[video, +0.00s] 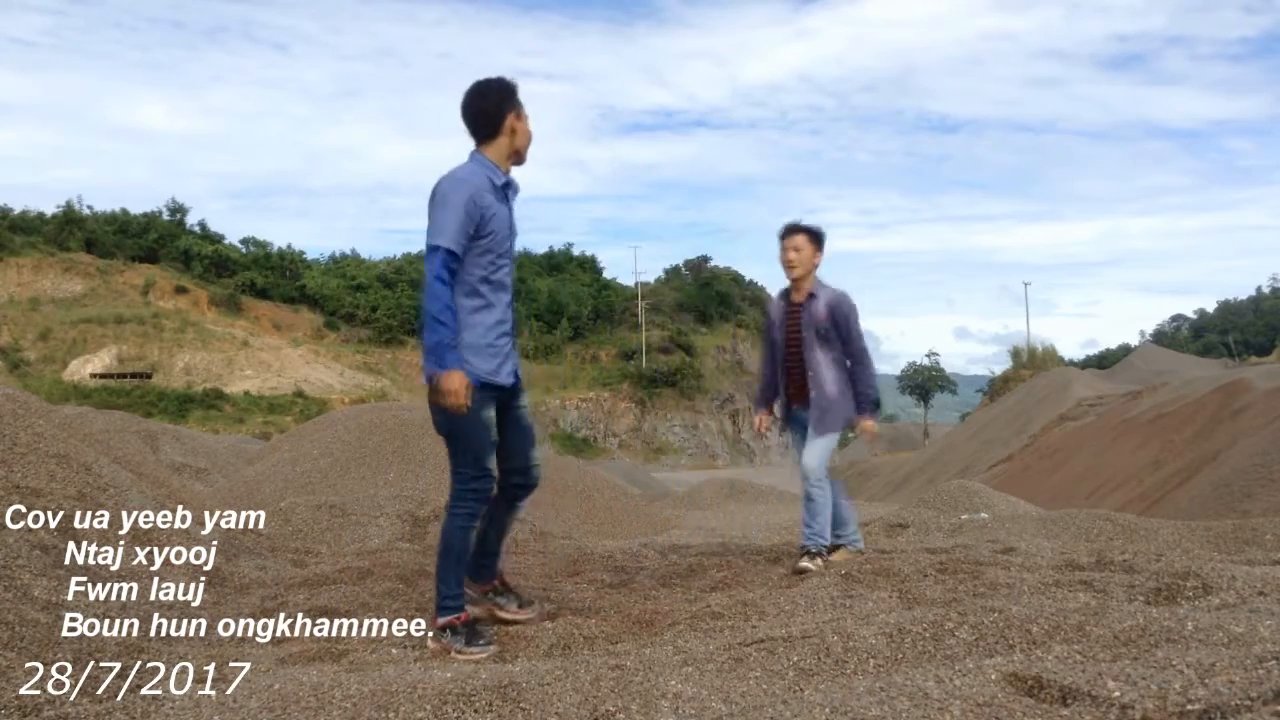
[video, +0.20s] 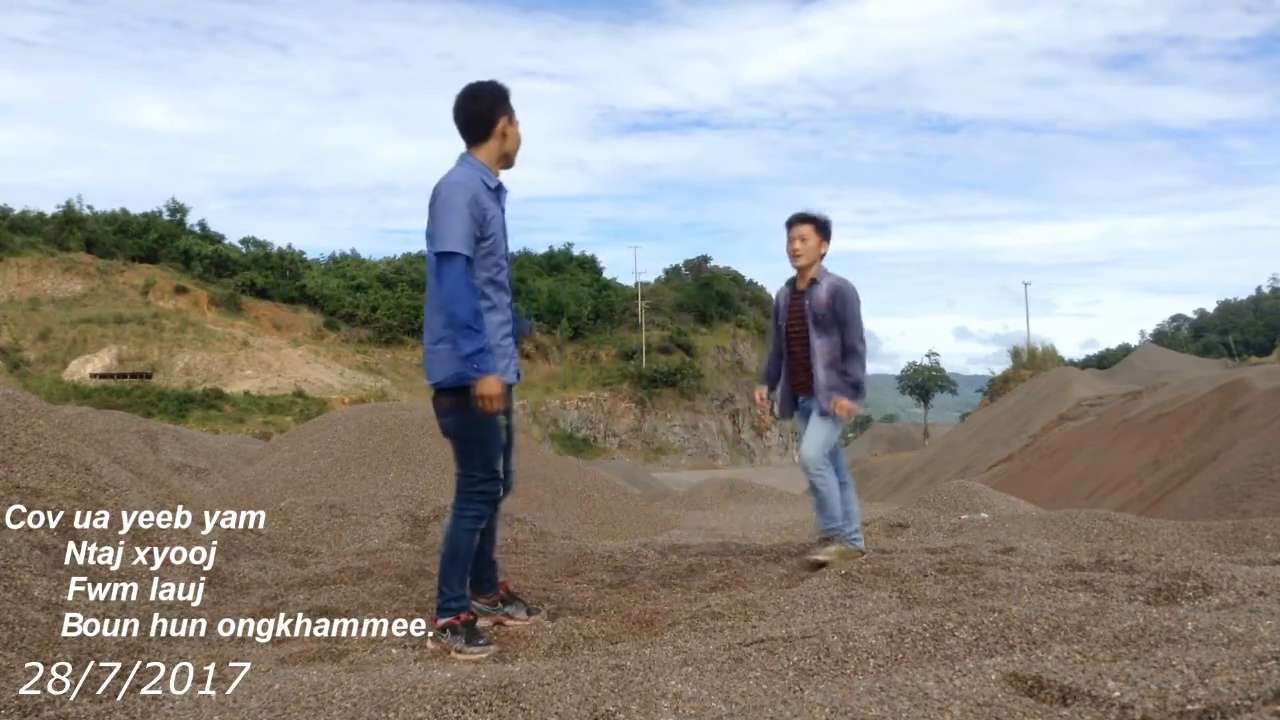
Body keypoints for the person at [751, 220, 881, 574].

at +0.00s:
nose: (788, 258)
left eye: (796, 251)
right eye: (784, 251)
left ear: (817, 257)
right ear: (780, 256)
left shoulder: (836, 302)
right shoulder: (777, 305)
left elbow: (858, 356)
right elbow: (771, 358)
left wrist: (866, 409)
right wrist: (764, 403)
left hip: (830, 405)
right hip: (794, 407)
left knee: (812, 466)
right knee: (817, 473)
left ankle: (814, 547)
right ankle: (849, 539)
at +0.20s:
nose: (794, 247)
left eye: (803, 240)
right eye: (791, 241)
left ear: (823, 246)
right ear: (786, 247)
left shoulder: (840, 290)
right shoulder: (784, 295)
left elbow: (855, 346)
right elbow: (778, 347)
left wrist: (850, 392)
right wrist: (766, 382)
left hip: (833, 395)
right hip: (801, 398)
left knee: (811, 455)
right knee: (835, 468)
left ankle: (833, 535)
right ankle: (851, 538)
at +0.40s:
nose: (796, 244)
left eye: (804, 238)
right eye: (792, 238)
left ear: (824, 244)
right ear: (788, 245)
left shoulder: (838, 290)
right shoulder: (788, 296)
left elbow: (842, 349)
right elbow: (780, 352)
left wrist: (829, 395)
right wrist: (768, 402)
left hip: (830, 396)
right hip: (803, 399)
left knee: (830, 470)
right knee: (824, 472)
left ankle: (857, 542)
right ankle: (844, 538)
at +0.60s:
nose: (795, 235)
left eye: (804, 228)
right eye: (791, 229)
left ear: (823, 236)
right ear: (787, 235)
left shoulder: (836, 281)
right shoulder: (790, 286)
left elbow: (840, 342)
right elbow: (790, 347)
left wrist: (824, 389)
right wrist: (781, 399)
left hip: (829, 391)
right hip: (796, 392)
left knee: (835, 467)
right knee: (802, 470)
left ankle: (856, 541)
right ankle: (833, 532)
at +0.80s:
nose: (784, 236)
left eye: (793, 229)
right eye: (780, 229)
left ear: (813, 236)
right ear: (777, 236)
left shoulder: (825, 282)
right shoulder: (784, 284)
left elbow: (833, 342)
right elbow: (791, 343)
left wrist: (825, 396)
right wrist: (787, 392)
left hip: (826, 392)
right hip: (793, 391)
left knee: (837, 466)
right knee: (769, 454)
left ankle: (854, 540)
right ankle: (804, 528)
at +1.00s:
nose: (741, 236)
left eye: (749, 229)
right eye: (737, 228)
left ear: (767, 234)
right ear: (733, 233)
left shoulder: (784, 282)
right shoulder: (735, 285)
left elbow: (794, 340)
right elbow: (738, 343)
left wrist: (795, 393)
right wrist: (736, 390)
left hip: (785, 394)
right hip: (751, 395)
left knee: (789, 468)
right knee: (753, 475)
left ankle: (828, 523)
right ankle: (770, 545)